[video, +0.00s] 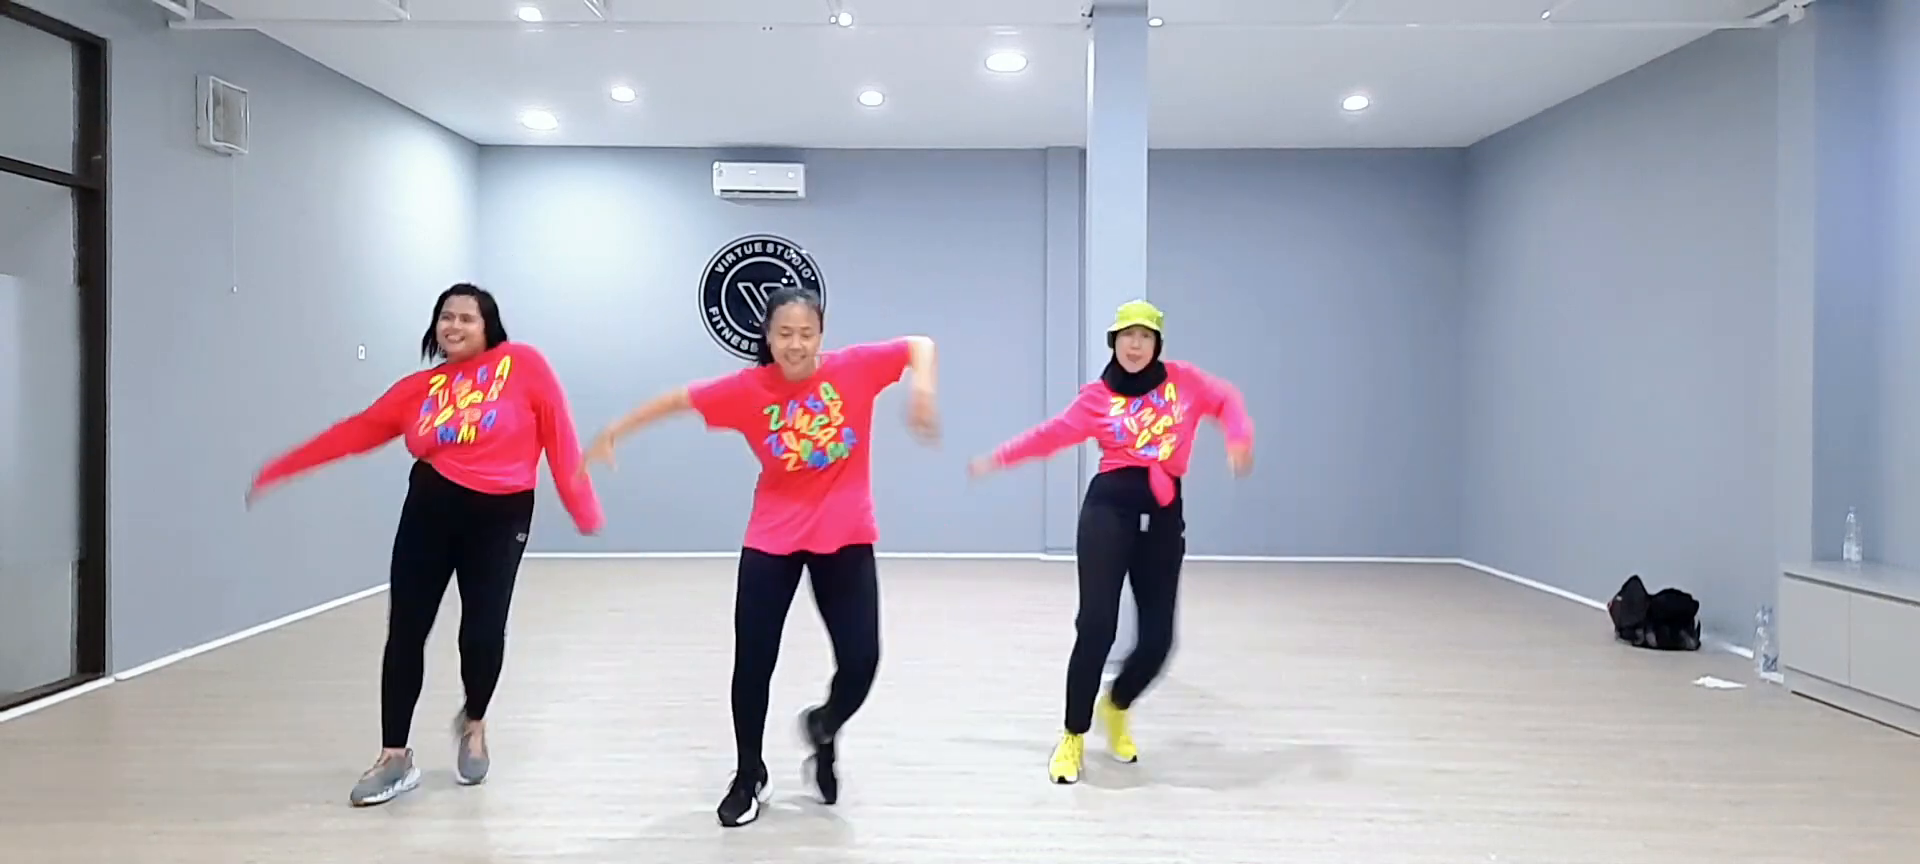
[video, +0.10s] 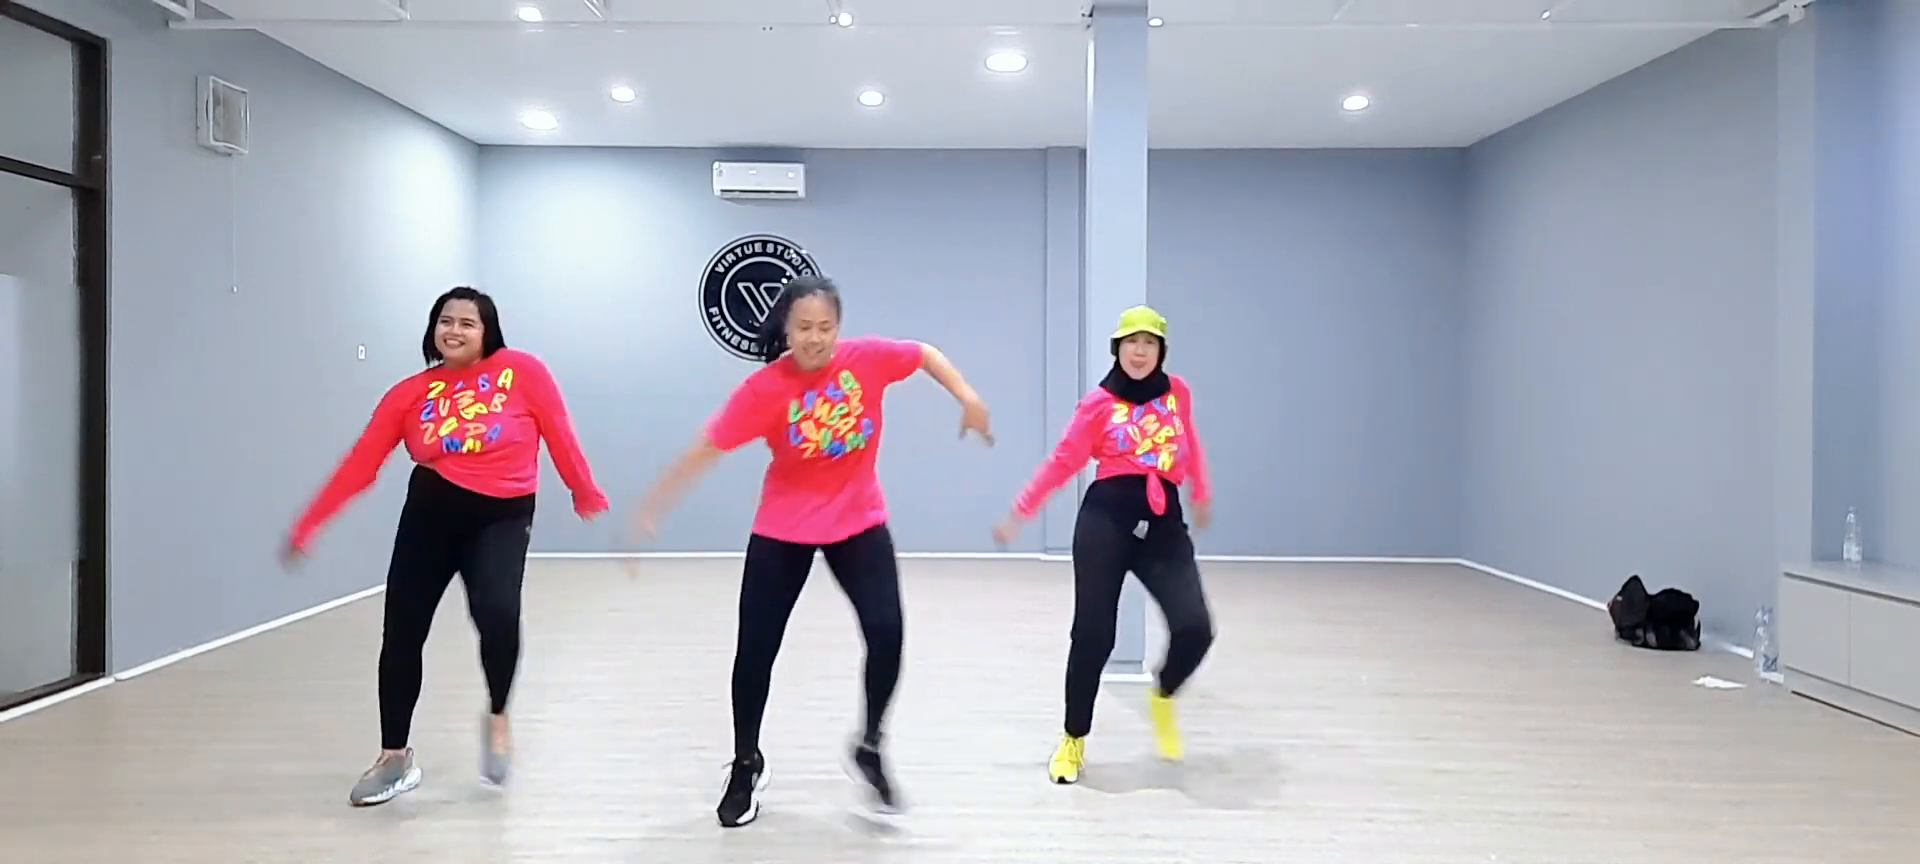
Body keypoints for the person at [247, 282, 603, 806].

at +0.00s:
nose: (453, 324)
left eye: (466, 318)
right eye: (446, 317)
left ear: (488, 328)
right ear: (435, 326)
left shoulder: (522, 363)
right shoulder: (419, 387)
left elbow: (561, 438)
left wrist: (584, 507)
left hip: (499, 513)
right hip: (429, 506)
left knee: (483, 632)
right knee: (406, 629)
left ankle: (474, 724)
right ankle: (394, 755)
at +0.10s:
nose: (454, 330)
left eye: (467, 323)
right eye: (446, 322)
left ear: (488, 332)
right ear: (434, 333)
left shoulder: (521, 371)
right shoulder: (411, 394)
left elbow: (561, 435)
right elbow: (361, 464)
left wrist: (586, 494)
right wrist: (307, 526)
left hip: (500, 517)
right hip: (430, 513)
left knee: (497, 613)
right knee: (401, 631)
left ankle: (498, 717)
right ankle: (394, 755)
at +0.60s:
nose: (542, 279)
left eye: (554, 271)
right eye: (533, 272)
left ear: (576, 281)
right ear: (521, 283)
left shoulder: (608, 331)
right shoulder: (501, 328)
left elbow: (655, 396)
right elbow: (447, 381)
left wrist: (668, 467)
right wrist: (494, 337)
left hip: (591, 476)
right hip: (522, 472)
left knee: (589, 605)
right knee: (498, 590)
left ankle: (608, 755)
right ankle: (519, 730)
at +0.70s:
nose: (559, 293)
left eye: (570, 284)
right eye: (550, 285)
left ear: (593, 294)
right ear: (536, 297)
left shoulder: (621, 354)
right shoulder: (518, 343)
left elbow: (661, 433)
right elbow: (468, 396)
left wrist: (692, 503)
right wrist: (504, 343)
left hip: (603, 497)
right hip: (536, 496)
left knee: (601, 617)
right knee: (530, 614)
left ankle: (624, 760)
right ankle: (559, 758)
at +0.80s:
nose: (570, 315)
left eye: (581, 307)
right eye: (562, 308)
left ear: (603, 316)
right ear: (550, 318)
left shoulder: (627, 384)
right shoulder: (532, 359)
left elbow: (650, 468)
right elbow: (491, 421)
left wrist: (685, 538)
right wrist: (514, 383)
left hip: (613, 519)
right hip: (547, 518)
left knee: (614, 636)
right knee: (541, 632)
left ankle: (624, 767)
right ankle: (569, 771)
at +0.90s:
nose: (572, 310)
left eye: (584, 301)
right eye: (562, 303)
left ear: (607, 312)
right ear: (552, 315)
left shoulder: (632, 379)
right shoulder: (529, 358)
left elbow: (641, 453)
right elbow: (503, 412)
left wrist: (623, 502)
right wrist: (497, 426)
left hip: (614, 510)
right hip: (548, 509)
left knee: (615, 630)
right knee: (531, 616)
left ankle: (626, 763)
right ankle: (554, 745)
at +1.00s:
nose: (566, 294)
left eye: (577, 284)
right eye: (555, 287)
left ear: (599, 293)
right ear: (545, 299)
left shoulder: (627, 354)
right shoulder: (525, 344)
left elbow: (638, 427)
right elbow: (500, 396)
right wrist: (489, 438)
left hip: (612, 490)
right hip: (544, 485)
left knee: (612, 611)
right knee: (525, 603)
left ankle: (626, 753)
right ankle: (541, 719)